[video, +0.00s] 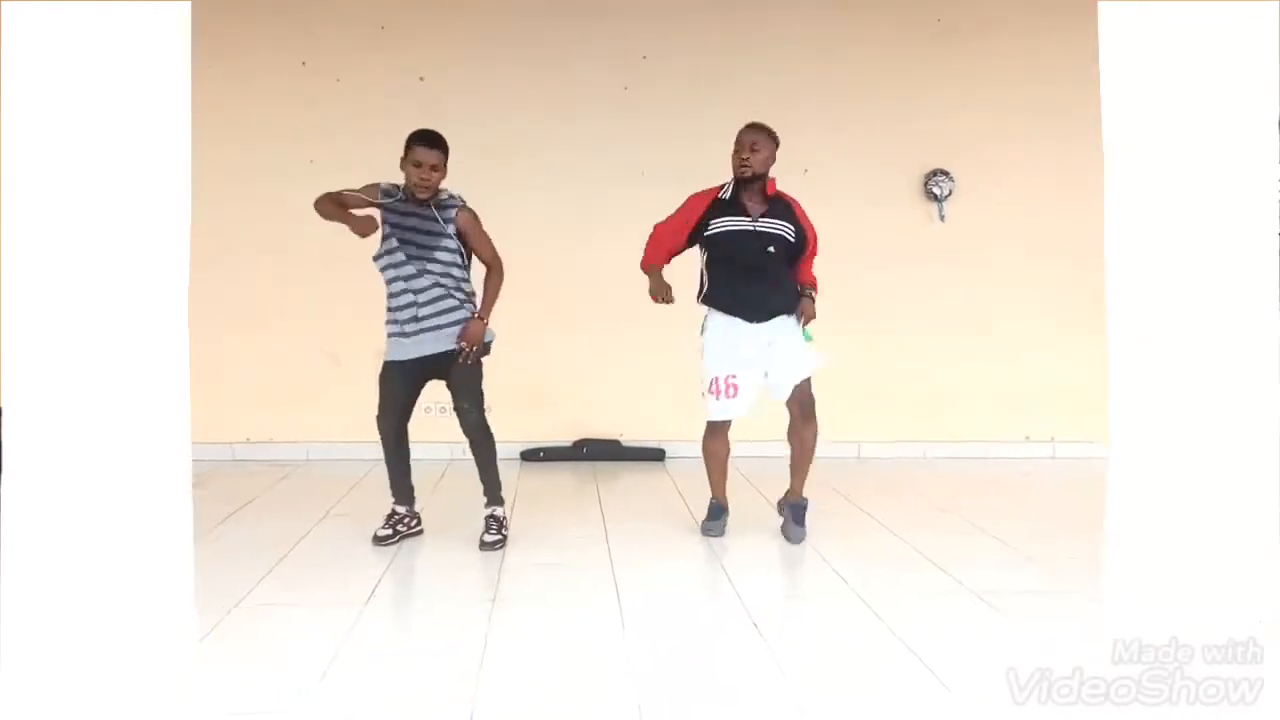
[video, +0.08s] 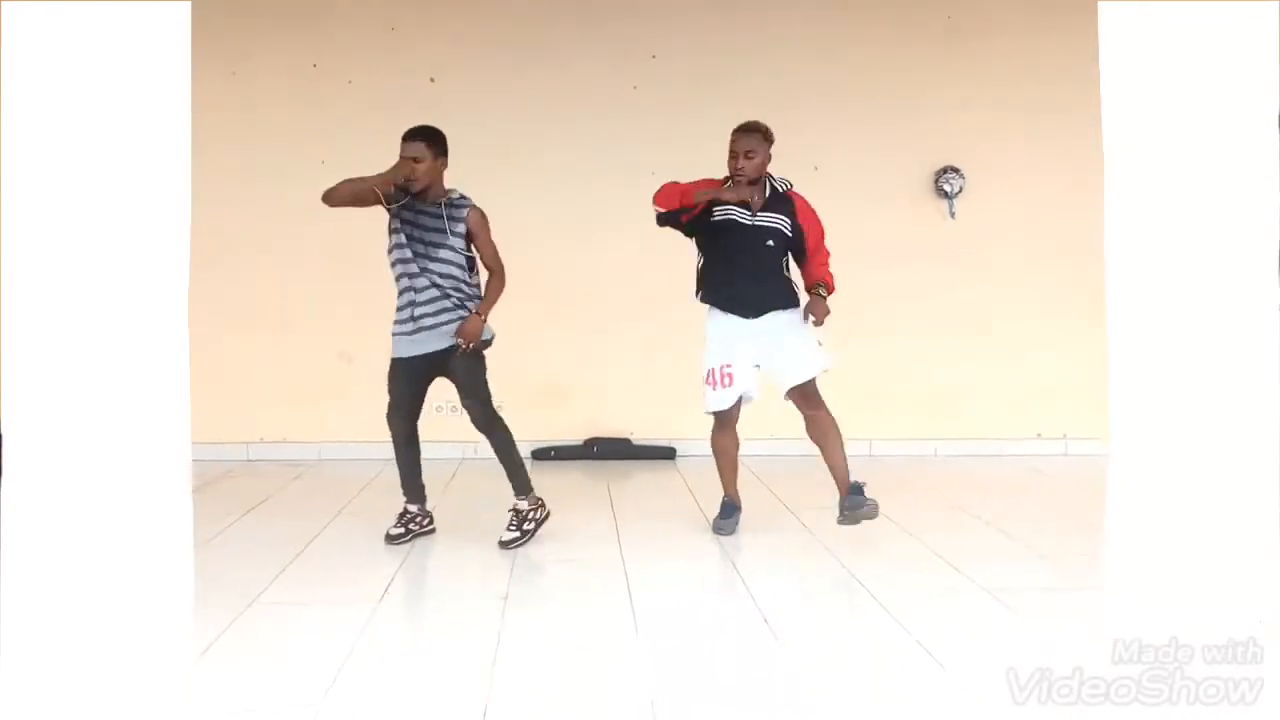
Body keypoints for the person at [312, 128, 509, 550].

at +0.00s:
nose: (426, 175)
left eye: (435, 168)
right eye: (418, 166)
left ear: (445, 169)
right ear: (403, 164)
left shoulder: (458, 214)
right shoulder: (383, 196)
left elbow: (495, 267)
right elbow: (323, 202)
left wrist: (481, 319)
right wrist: (348, 215)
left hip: (455, 338)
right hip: (404, 343)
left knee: (472, 419)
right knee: (390, 423)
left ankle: (495, 508)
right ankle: (404, 511)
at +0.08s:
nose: (406, 169)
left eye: (416, 161)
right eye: (403, 160)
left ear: (440, 163)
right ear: (400, 163)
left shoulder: (466, 213)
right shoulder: (396, 201)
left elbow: (496, 273)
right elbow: (331, 197)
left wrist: (480, 316)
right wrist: (386, 179)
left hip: (457, 337)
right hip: (410, 341)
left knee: (483, 416)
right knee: (400, 419)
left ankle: (528, 502)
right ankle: (416, 509)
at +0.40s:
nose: (385, 186)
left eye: (388, 176)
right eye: (384, 178)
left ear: (413, 171)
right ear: (409, 173)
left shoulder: (457, 205)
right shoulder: (410, 221)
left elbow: (489, 270)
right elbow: (426, 272)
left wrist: (463, 326)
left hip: (451, 341)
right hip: (407, 341)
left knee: (433, 429)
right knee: (409, 426)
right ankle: (422, 504)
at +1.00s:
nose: (456, 171)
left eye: (464, 163)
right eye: (449, 163)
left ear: (482, 163)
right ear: (440, 162)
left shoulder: (504, 203)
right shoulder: (424, 211)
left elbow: (539, 246)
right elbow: (401, 263)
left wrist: (543, 276)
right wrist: (370, 313)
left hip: (497, 336)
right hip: (447, 339)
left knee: (519, 416)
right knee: (432, 423)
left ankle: (516, 495)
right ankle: (367, 492)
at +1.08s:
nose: (457, 173)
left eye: (465, 166)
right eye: (450, 166)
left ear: (483, 163)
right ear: (443, 165)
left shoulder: (509, 198)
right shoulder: (430, 209)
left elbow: (543, 248)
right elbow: (404, 258)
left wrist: (529, 285)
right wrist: (368, 305)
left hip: (500, 333)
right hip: (445, 334)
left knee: (518, 414)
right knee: (417, 412)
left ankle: (515, 492)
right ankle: (393, 484)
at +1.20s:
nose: (458, 181)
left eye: (467, 173)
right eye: (452, 173)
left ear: (486, 171)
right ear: (446, 171)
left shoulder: (508, 203)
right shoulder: (436, 216)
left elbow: (550, 253)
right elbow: (415, 267)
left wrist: (516, 297)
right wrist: (385, 316)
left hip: (508, 333)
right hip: (457, 329)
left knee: (510, 417)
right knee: (404, 392)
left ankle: (520, 493)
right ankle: (421, 492)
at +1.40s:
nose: (471, 173)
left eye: (480, 165)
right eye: (465, 164)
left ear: (498, 165)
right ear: (457, 163)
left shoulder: (517, 200)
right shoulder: (446, 209)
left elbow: (555, 251)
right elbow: (442, 263)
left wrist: (525, 297)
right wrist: (430, 312)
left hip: (513, 325)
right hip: (462, 324)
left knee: (518, 410)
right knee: (424, 395)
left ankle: (526, 487)